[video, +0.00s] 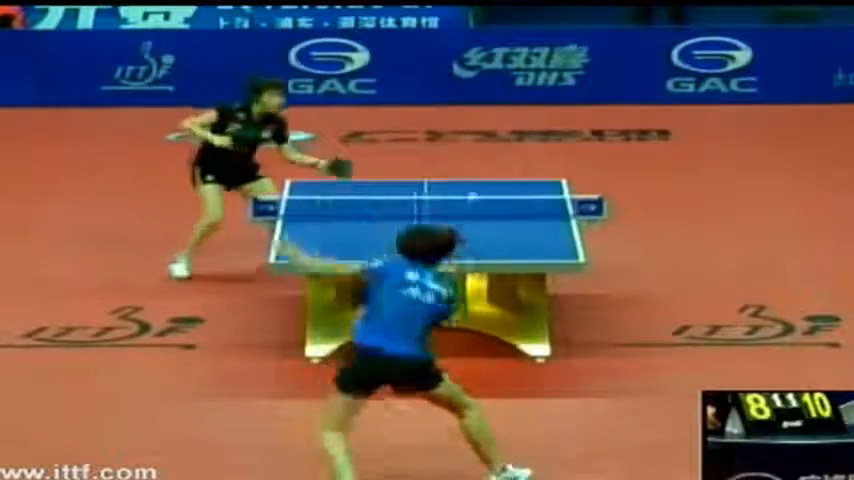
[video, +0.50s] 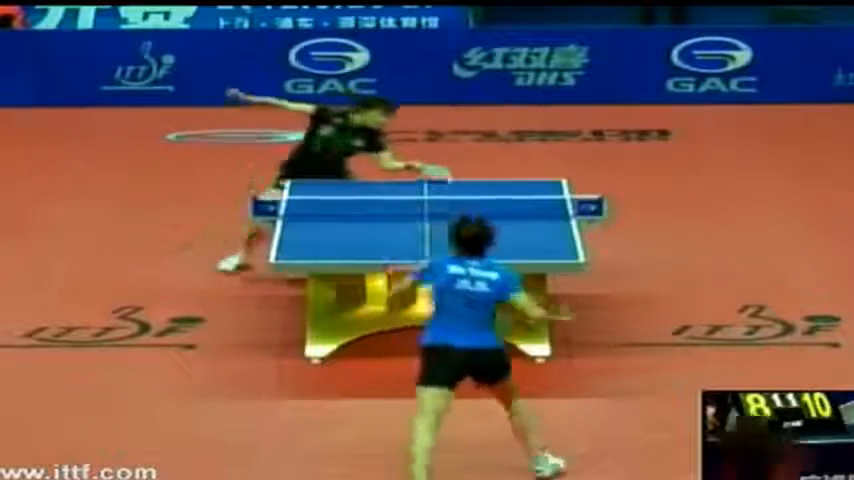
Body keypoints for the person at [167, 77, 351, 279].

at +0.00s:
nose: (278, 101)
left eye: (281, 97)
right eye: (273, 96)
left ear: (281, 100)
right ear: (259, 97)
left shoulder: (276, 124)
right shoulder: (231, 113)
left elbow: (288, 154)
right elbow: (189, 124)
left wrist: (318, 163)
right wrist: (213, 138)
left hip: (243, 167)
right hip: (212, 165)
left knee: (275, 207)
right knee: (213, 219)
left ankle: (282, 254)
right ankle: (184, 257)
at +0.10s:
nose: (290, 105)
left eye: (290, 100)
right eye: (285, 100)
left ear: (284, 104)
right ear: (270, 101)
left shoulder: (280, 127)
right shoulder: (238, 116)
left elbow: (293, 158)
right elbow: (197, 124)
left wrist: (330, 165)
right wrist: (219, 137)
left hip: (250, 174)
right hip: (218, 174)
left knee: (292, 201)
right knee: (219, 223)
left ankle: (284, 262)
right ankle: (185, 258)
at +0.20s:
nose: (305, 110)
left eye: (306, 105)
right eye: (302, 104)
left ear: (298, 107)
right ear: (288, 103)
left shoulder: (292, 130)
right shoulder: (253, 116)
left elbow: (309, 159)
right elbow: (208, 119)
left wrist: (350, 166)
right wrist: (229, 132)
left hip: (259, 175)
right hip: (227, 174)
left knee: (293, 209)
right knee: (224, 224)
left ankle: (293, 259)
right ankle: (186, 259)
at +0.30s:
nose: (339, 115)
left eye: (341, 110)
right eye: (337, 109)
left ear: (331, 111)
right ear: (321, 106)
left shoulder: (324, 134)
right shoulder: (287, 115)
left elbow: (342, 161)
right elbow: (260, 114)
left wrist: (381, 164)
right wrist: (241, 113)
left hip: (281, 179)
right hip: (249, 174)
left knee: (299, 219)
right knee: (234, 219)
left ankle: (303, 264)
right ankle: (188, 259)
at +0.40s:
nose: (363, 119)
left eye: (365, 115)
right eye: (362, 113)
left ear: (354, 113)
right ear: (347, 107)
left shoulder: (347, 134)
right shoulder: (308, 115)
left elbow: (362, 163)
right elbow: (276, 111)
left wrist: (398, 164)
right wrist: (251, 109)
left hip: (308, 180)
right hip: (271, 176)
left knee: (333, 216)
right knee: (238, 222)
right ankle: (194, 260)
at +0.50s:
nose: (383, 124)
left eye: (385, 120)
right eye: (382, 118)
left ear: (376, 118)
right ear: (368, 112)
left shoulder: (372, 137)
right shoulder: (327, 113)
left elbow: (386, 164)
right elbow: (284, 105)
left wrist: (414, 167)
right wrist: (249, 100)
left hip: (333, 175)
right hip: (297, 170)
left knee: (354, 212)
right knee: (264, 208)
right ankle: (243, 256)